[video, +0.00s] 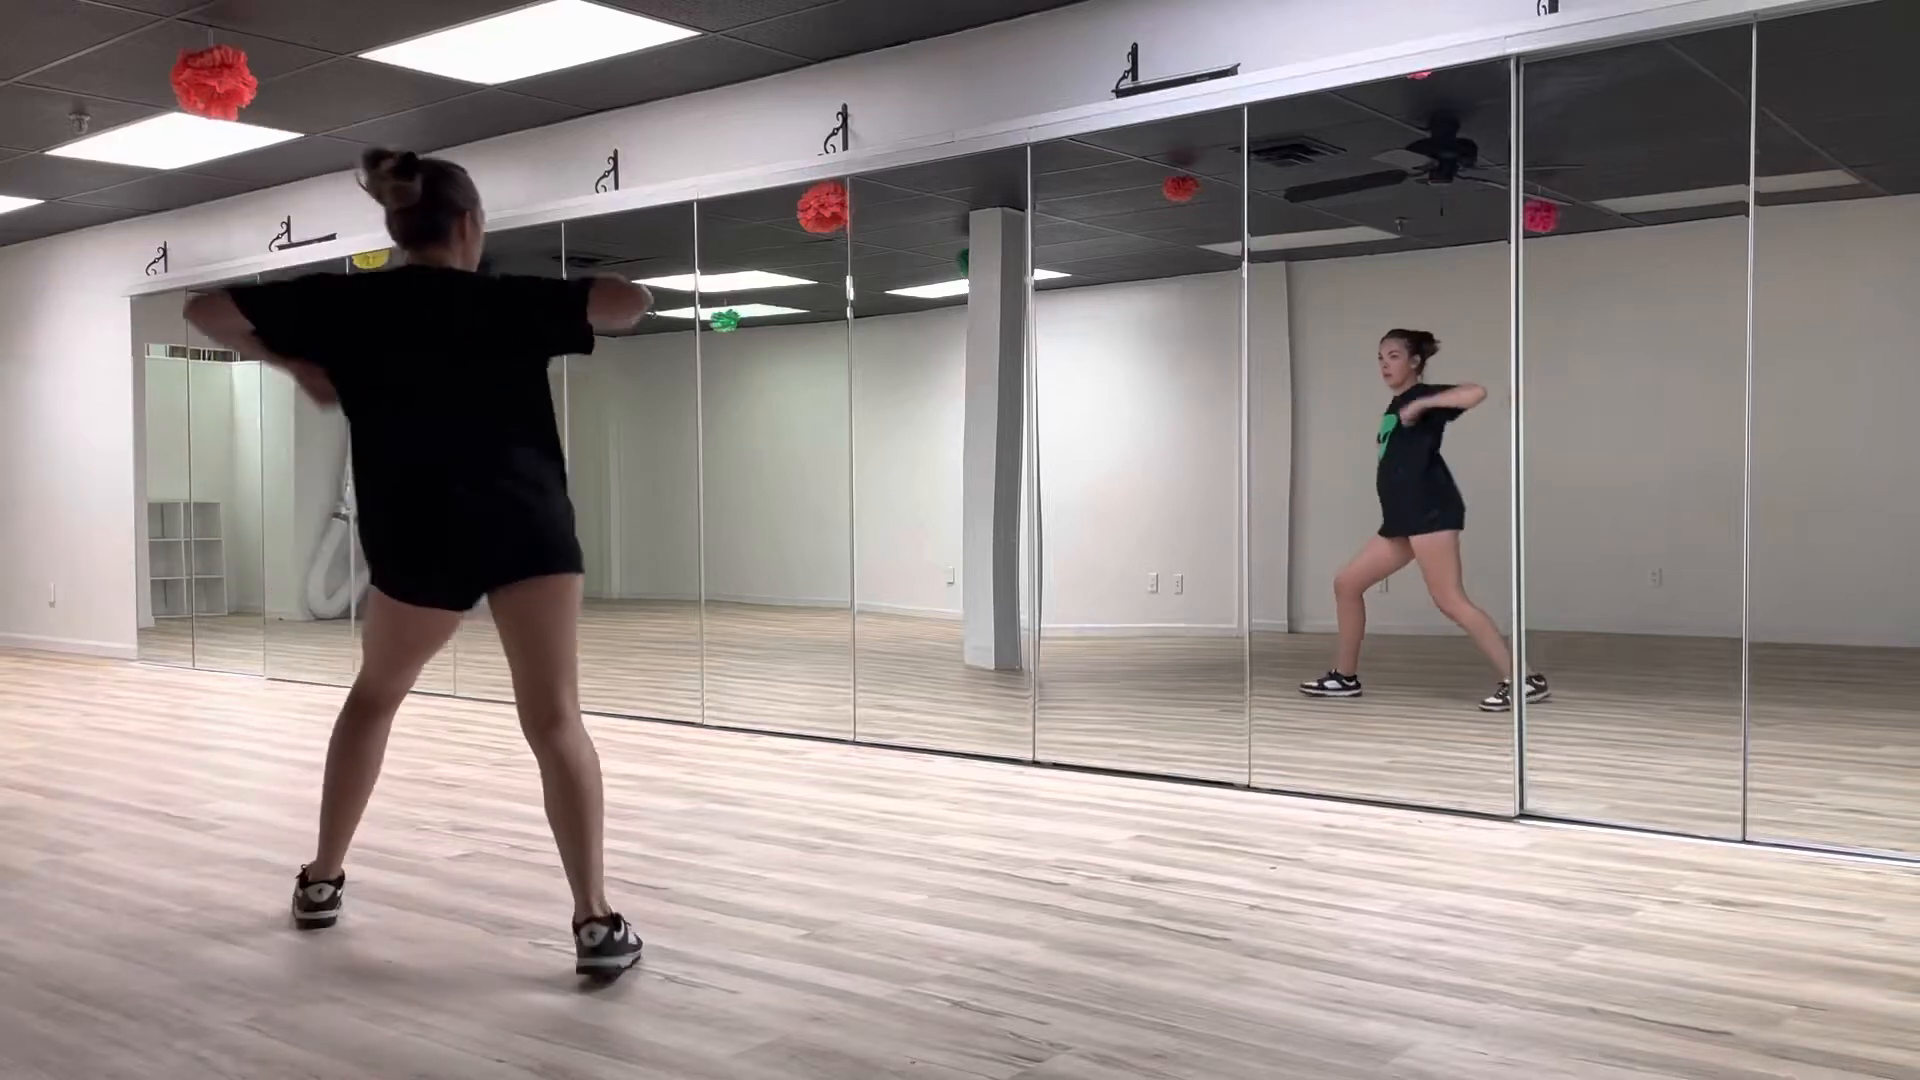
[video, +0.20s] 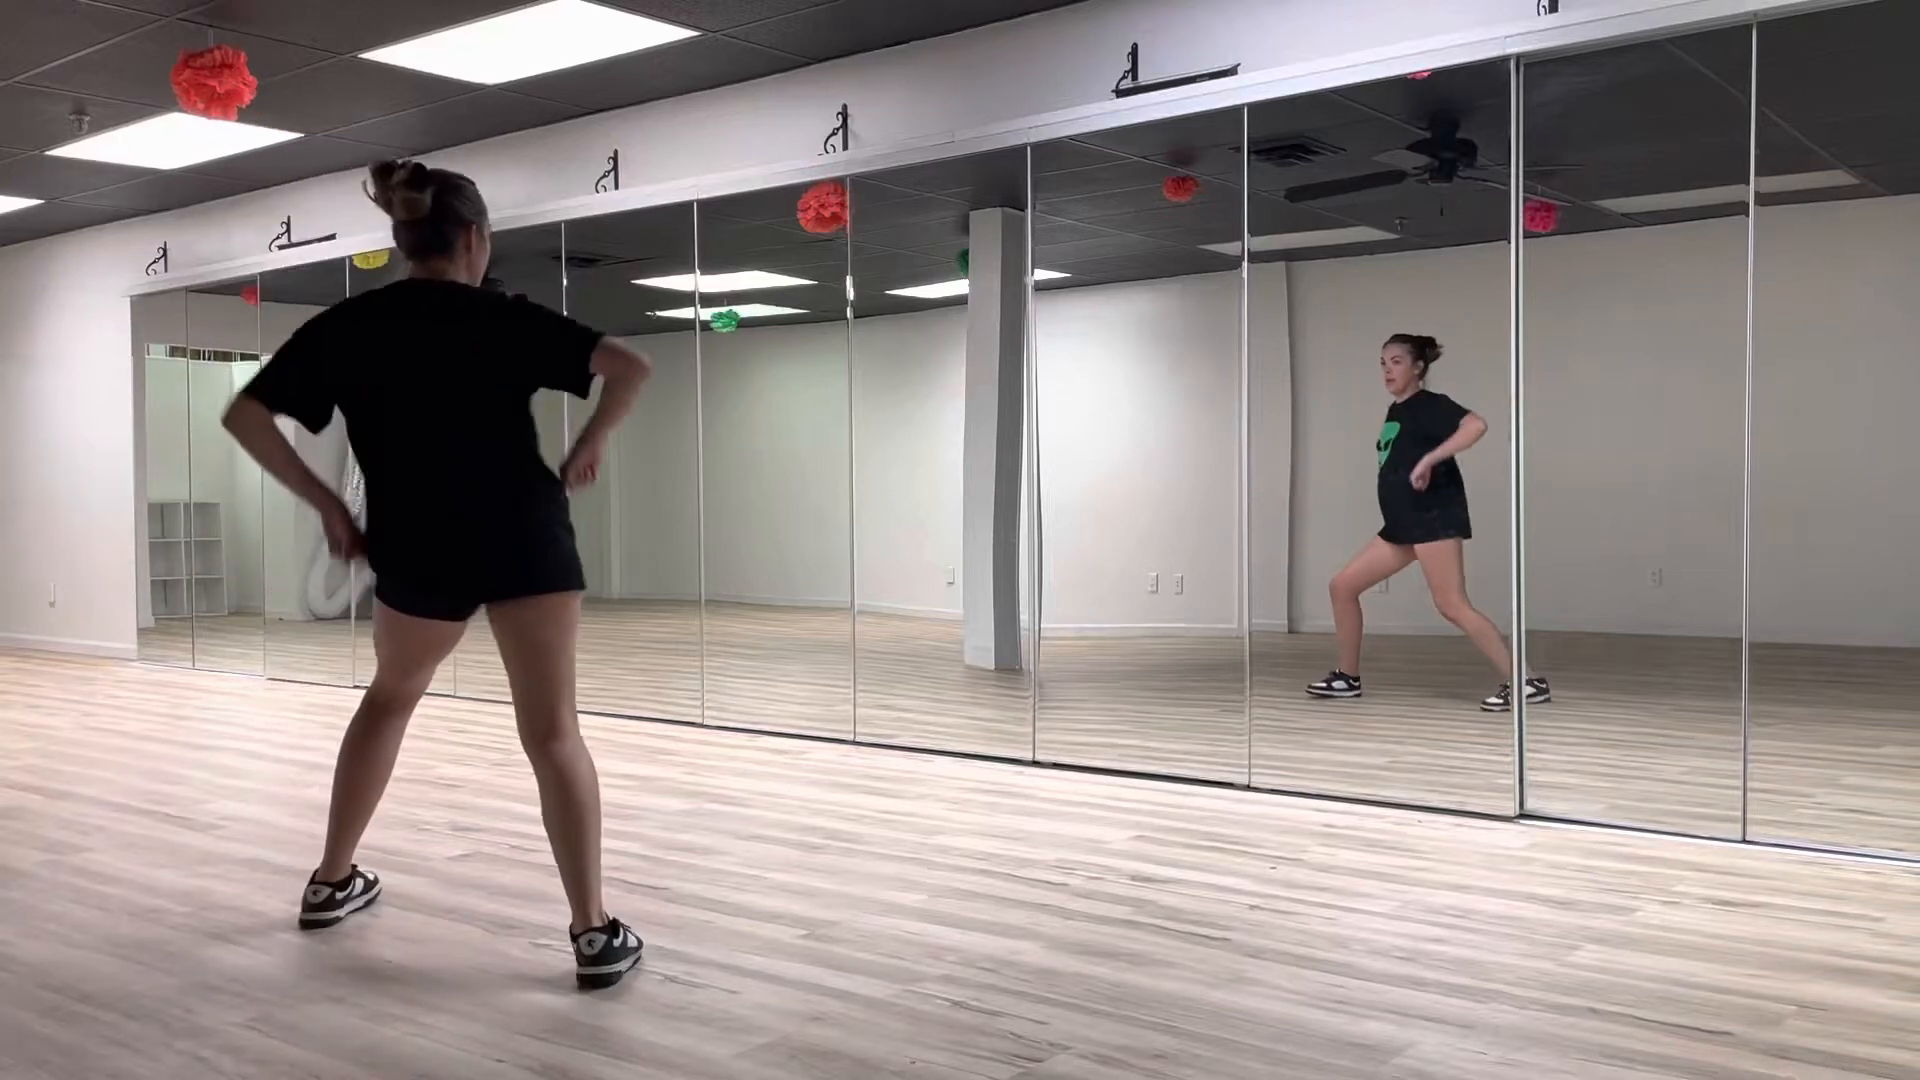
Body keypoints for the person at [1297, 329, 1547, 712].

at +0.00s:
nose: (1385, 365)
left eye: (1393, 357)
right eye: (1381, 358)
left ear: (1415, 361)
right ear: (1381, 363)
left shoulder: (1425, 396)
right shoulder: (1397, 404)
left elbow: (1475, 393)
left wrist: (1425, 403)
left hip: (1432, 515)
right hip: (1404, 519)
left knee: (1451, 601)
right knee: (1347, 584)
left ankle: (1518, 678)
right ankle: (1344, 676)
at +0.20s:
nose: (1387, 370)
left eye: (1396, 362)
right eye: (1384, 363)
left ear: (1418, 367)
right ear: (1382, 368)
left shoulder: (1431, 405)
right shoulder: (1396, 411)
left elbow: (1475, 425)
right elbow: (1412, 454)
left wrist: (1431, 459)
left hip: (1437, 524)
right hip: (1403, 527)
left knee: (1452, 605)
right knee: (1343, 587)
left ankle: (1521, 681)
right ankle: (1347, 677)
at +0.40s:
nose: (1367, 352)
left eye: (1376, 346)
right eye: (1364, 345)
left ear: (1396, 352)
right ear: (1360, 350)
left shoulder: (1405, 396)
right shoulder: (1358, 399)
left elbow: (1426, 455)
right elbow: (1353, 462)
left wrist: (1413, 511)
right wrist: (1350, 513)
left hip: (1408, 508)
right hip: (1369, 510)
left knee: (1427, 589)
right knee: (1329, 587)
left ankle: (1496, 670)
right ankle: (1346, 676)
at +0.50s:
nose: (1356, 341)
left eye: (1364, 335)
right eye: (1352, 335)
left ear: (1384, 341)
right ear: (1348, 340)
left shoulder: (1394, 387)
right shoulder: (1340, 389)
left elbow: (1408, 450)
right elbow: (1329, 455)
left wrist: (1407, 509)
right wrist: (1320, 510)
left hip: (1392, 500)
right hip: (1353, 502)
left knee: (1397, 581)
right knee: (1328, 583)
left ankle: (1462, 664)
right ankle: (1344, 675)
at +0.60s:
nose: (1346, 329)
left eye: (1355, 322)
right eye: (1342, 323)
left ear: (1374, 328)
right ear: (1339, 329)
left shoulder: (1389, 375)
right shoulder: (1330, 377)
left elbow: (1399, 442)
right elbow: (1319, 444)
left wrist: (1401, 502)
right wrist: (1308, 498)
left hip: (1380, 488)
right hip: (1340, 489)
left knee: (1375, 573)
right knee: (1334, 579)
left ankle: (1408, 661)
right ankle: (1344, 674)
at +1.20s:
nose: (1334, 339)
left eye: (1343, 333)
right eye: (1328, 333)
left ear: (1358, 339)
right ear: (1321, 340)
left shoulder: (1377, 387)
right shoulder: (1305, 385)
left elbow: (1407, 433)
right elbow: (1279, 434)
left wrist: (1441, 466)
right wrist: (1252, 458)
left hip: (1359, 500)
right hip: (1310, 498)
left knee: (1354, 582)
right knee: (1303, 583)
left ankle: (1355, 673)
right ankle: (1300, 662)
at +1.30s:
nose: (1328, 338)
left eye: (1337, 331)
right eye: (1321, 331)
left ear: (1351, 337)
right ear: (1313, 338)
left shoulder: (1369, 383)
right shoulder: (1296, 382)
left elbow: (1412, 420)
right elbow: (1263, 426)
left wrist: (1439, 419)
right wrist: (1251, 414)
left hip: (1352, 494)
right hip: (1302, 491)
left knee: (1351, 582)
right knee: (1286, 580)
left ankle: (1355, 672)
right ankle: (1258, 651)